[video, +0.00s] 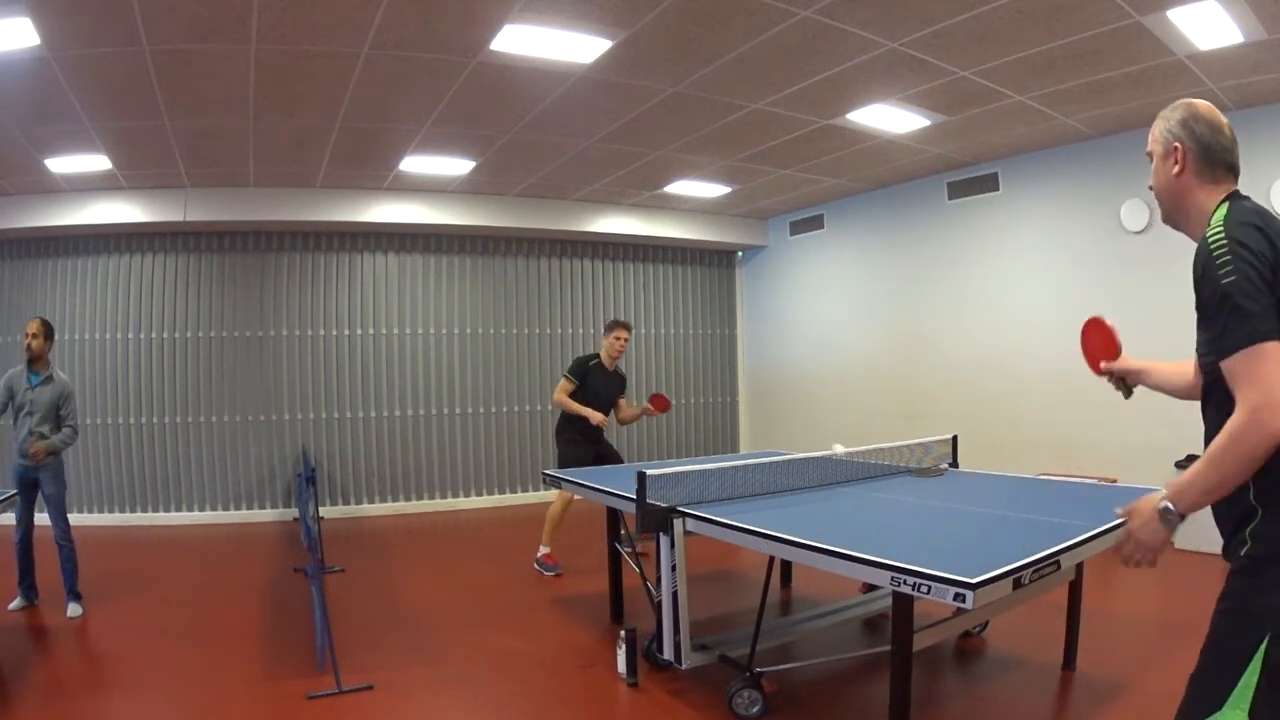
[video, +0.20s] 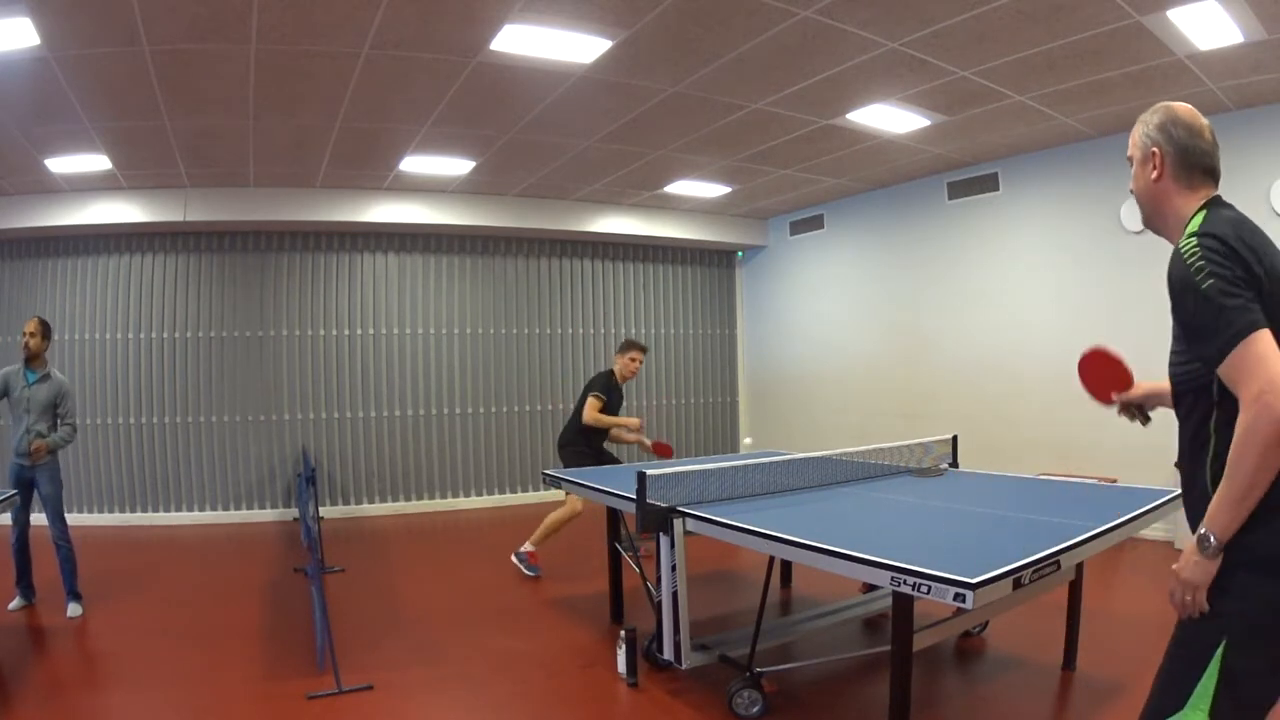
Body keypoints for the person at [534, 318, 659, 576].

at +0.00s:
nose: (621, 345)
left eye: (625, 341)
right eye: (617, 339)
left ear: (627, 345)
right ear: (604, 339)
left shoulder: (619, 378)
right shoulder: (583, 365)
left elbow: (622, 416)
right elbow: (558, 397)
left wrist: (642, 410)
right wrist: (589, 412)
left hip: (596, 437)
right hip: (572, 435)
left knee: (624, 479)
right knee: (568, 491)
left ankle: (620, 537)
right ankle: (544, 552)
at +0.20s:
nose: (636, 367)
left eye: (640, 363)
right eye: (632, 360)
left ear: (641, 366)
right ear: (618, 358)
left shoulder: (617, 391)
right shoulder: (602, 382)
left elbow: (611, 433)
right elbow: (588, 416)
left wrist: (639, 439)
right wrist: (625, 421)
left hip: (594, 449)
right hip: (575, 448)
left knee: (627, 481)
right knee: (575, 505)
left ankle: (621, 539)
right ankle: (526, 550)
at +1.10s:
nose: (578, 349)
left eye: (582, 344)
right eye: (573, 344)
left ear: (586, 346)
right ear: (561, 345)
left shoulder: (594, 376)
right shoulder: (543, 374)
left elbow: (621, 411)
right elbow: (523, 411)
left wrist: (631, 403)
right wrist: (545, 416)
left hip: (579, 448)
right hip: (546, 449)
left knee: (614, 490)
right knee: (530, 500)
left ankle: (616, 548)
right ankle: (504, 557)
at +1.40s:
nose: (616, 376)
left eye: (616, 371)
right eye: (611, 371)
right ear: (592, 370)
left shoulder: (600, 401)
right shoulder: (566, 391)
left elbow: (602, 437)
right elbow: (529, 412)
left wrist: (635, 434)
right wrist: (541, 442)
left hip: (578, 456)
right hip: (551, 456)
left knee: (619, 485)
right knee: (544, 512)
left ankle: (615, 549)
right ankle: (506, 561)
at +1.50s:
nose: (611, 361)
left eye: (612, 355)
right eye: (606, 356)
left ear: (611, 356)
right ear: (588, 355)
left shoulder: (599, 389)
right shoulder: (563, 379)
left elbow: (618, 423)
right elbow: (534, 413)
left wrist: (650, 411)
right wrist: (561, 435)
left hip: (579, 450)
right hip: (551, 450)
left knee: (618, 488)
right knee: (543, 508)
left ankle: (615, 549)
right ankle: (506, 560)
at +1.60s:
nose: (599, 342)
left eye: (601, 337)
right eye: (593, 337)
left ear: (601, 340)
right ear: (577, 339)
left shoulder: (600, 372)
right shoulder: (556, 366)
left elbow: (632, 394)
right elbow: (534, 402)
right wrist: (560, 414)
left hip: (581, 444)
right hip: (550, 444)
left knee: (615, 489)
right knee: (535, 498)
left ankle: (616, 549)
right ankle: (507, 558)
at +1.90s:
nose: (573, 350)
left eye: (576, 344)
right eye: (567, 345)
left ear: (581, 348)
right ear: (555, 348)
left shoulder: (591, 380)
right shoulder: (539, 379)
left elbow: (621, 412)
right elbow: (521, 412)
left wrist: (625, 391)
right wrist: (531, 426)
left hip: (581, 452)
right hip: (547, 452)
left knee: (614, 494)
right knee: (530, 506)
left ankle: (616, 548)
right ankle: (509, 558)